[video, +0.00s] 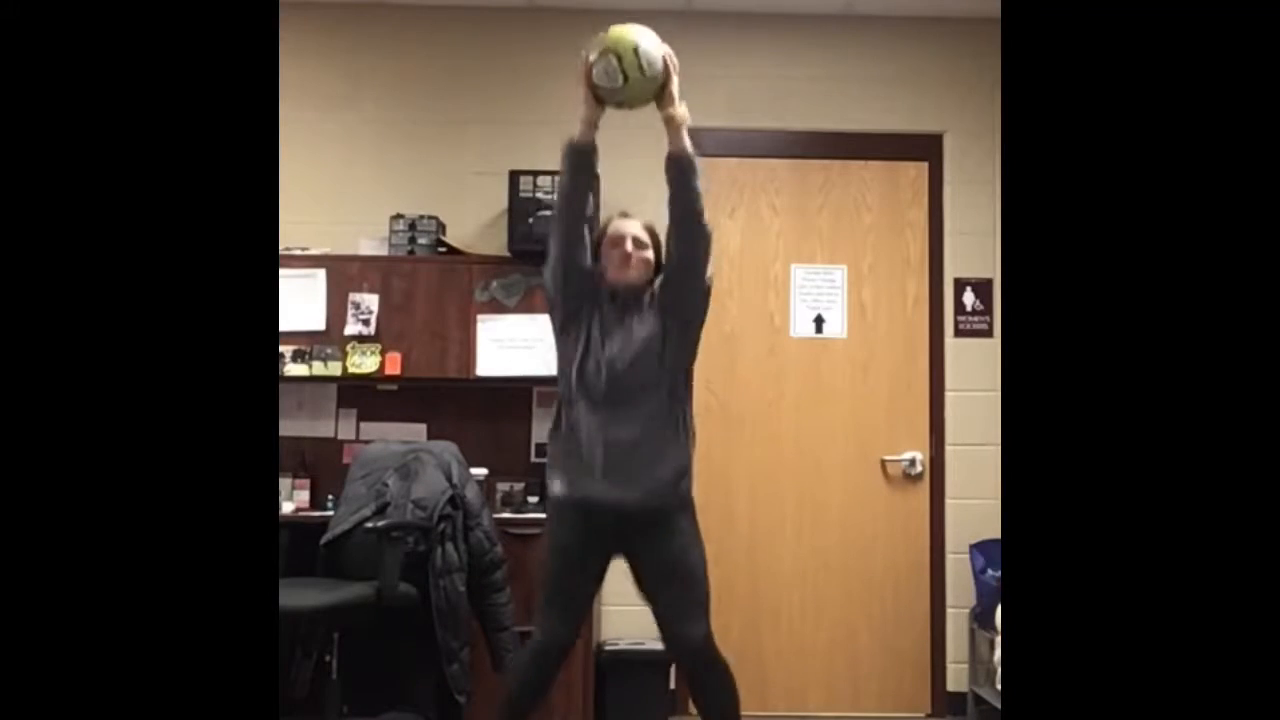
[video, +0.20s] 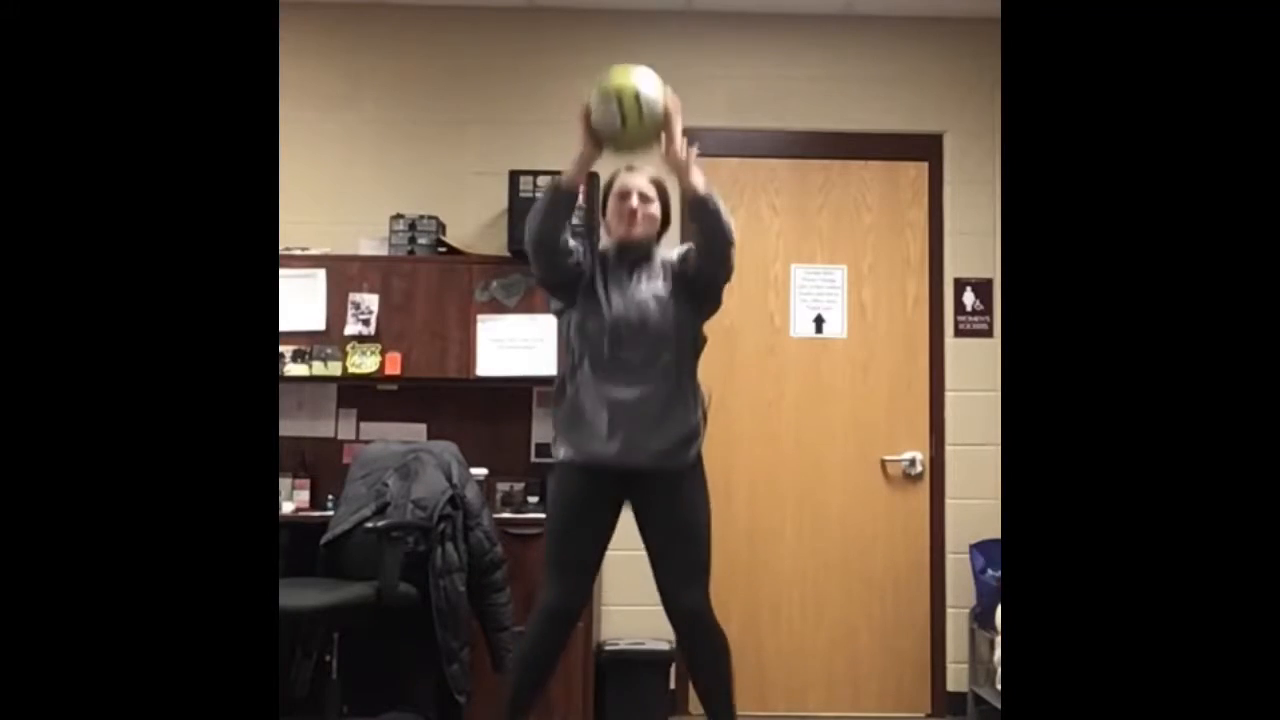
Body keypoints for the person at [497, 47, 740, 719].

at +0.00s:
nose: (630, 248)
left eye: (641, 242)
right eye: (618, 241)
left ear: (657, 262)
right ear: (596, 260)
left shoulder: (675, 317)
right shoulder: (577, 314)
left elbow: (691, 232)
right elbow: (570, 222)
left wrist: (675, 122)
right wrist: (588, 118)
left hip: (659, 507)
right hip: (580, 506)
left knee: (693, 646)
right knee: (549, 644)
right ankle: (505, 713)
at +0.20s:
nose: (635, 203)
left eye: (647, 197)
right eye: (623, 195)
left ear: (664, 217)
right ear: (603, 213)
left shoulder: (684, 277)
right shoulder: (579, 273)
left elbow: (716, 250)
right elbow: (540, 245)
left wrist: (685, 167)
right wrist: (580, 162)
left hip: (669, 461)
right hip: (586, 459)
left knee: (690, 609)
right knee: (560, 602)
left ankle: (723, 717)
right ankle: (513, 710)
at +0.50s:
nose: (640, 238)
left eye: (651, 233)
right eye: (627, 232)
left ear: (666, 254)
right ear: (608, 252)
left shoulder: (698, 330)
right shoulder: (570, 332)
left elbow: (719, 431)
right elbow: (546, 433)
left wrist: (669, 375)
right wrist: (589, 379)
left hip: (673, 516)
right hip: (593, 516)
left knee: (658, 644)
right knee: (606, 643)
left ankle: (657, 717)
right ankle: (606, 717)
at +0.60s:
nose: (639, 217)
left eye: (651, 209)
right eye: (628, 208)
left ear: (668, 225)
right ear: (609, 223)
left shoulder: (696, 301)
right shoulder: (574, 304)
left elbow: (728, 383)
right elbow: (546, 391)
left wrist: (677, 335)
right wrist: (588, 341)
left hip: (673, 493)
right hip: (593, 494)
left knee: (661, 635)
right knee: (595, 631)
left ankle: (660, 717)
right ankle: (599, 716)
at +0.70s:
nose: (639, 186)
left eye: (651, 175)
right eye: (626, 175)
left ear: (671, 184)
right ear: (603, 183)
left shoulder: (683, 253)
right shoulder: (585, 254)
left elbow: (725, 295)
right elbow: (545, 298)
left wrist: (688, 247)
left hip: (672, 447)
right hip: (594, 447)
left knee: (671, 592)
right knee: (583, 590)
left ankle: (675, 706)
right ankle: (577, 709)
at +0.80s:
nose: (642, 196)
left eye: (654, 189)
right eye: (629, 188)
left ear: (671, 206)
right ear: (610, 205)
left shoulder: (692, 267)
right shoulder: (586, 264)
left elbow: (724, 212)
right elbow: (559, 211)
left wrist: (686, 128)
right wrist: (597, 122)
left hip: (670, 444)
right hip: (593, 443)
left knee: (685, 595)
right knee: (569, 596)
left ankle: (704, 705)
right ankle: (541, 706)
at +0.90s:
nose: (638, 220)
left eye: (649, 213)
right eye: (628, 213)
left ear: (665, 231)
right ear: (610, 230)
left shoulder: (680, 290)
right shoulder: (586, 284)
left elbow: (708, 240)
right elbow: (571, 199)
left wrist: (687, 120)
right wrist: (597, 99)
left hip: (659, 470)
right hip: (584, 467)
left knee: (696, 623)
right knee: (557, 619)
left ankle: (729, 713)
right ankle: (521, 711)